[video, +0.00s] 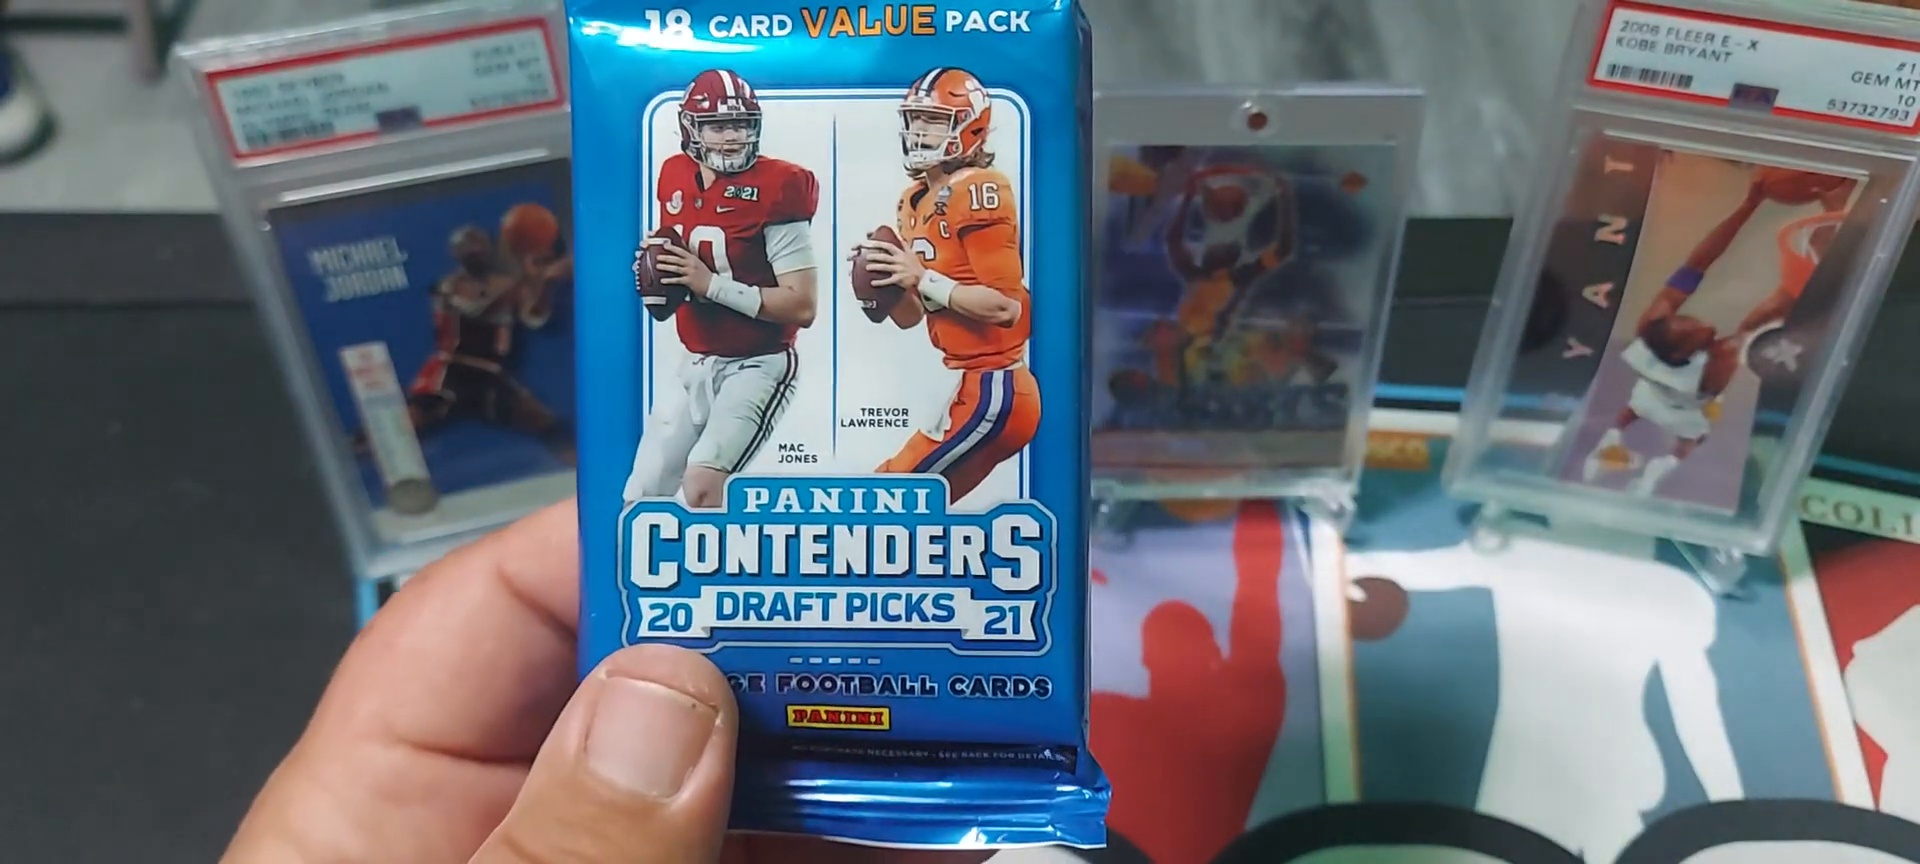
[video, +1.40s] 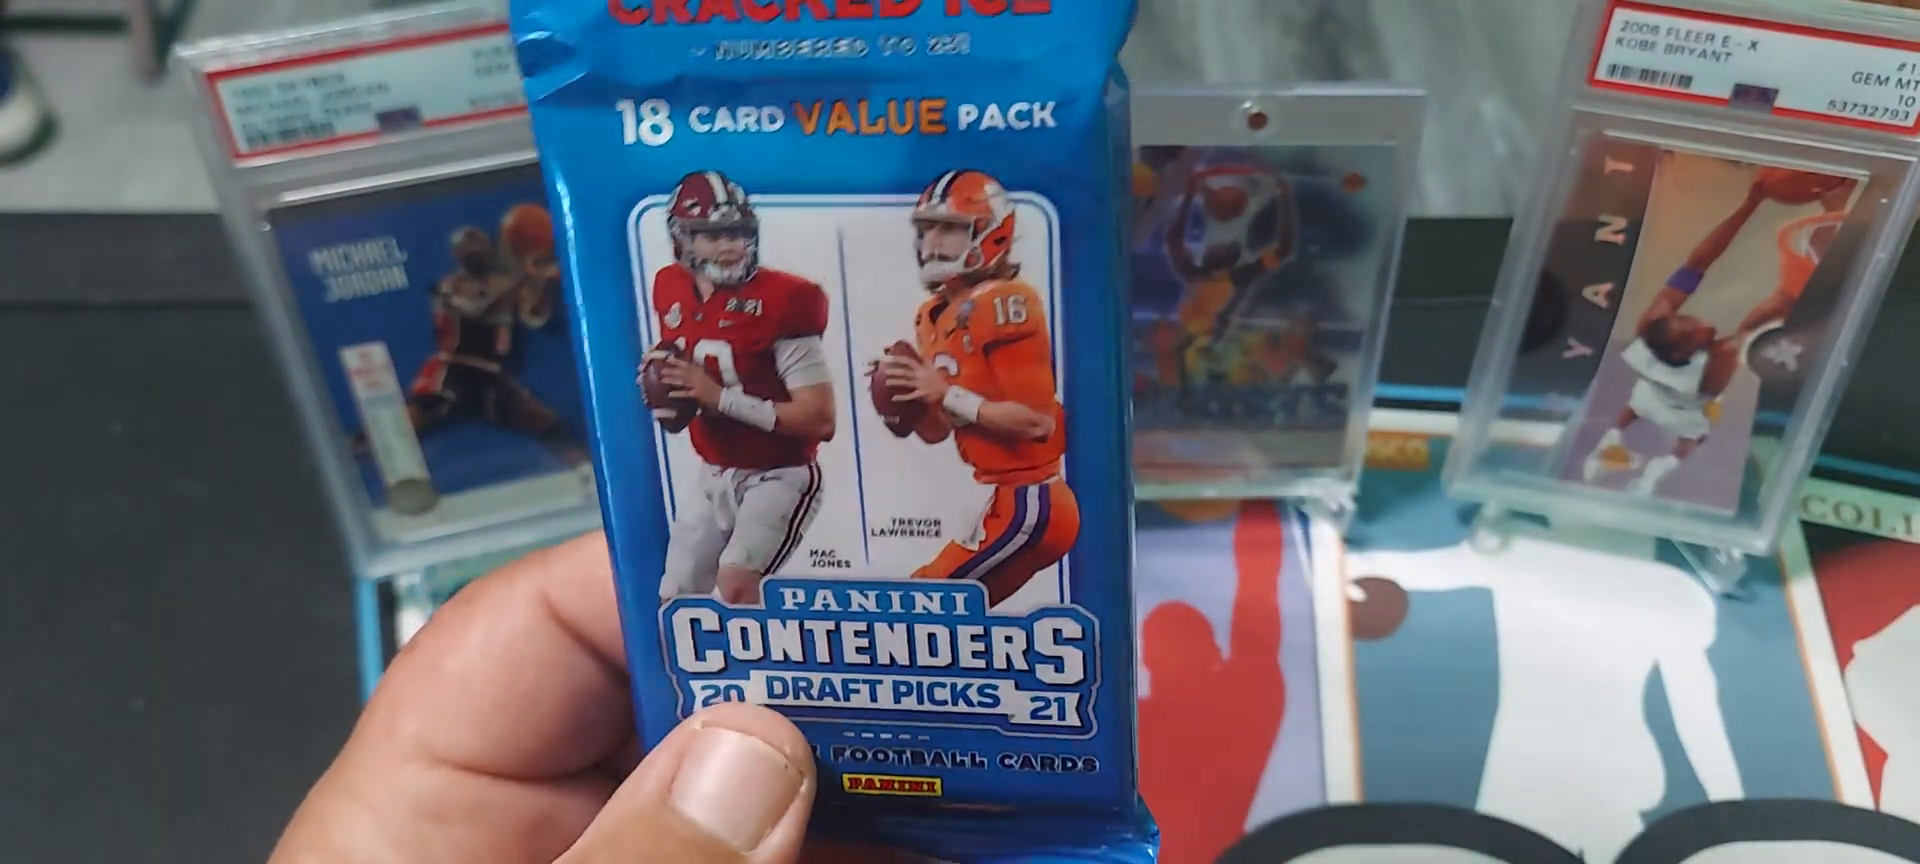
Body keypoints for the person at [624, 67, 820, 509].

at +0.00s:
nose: (732, 136)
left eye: (741, 124)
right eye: (718, 126)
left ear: (754, 127)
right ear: (692, 130)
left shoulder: (780, 186)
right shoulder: (674, 175)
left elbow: (803, 307)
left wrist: (711, 284)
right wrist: (654, 269)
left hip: (761, 364)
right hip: (695, 364)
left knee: (701, 488)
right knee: (641, 495)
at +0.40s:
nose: (761, 157)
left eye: (771, 145)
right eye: (747, 146)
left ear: (784, 147)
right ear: (720, 150)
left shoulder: (811, 207)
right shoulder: (702, 198)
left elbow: (835, 329)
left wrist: (740, 308)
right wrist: (684, 293)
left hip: (794, 390)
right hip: (727, 392)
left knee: (738, 510)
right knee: (675, 525)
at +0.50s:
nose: (745, 194)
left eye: (755, 180)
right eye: (731, 182)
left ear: (771, 181)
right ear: (703, 186)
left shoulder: (806, 246)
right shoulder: (689, 234)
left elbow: (833, 371)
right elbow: (685, 315)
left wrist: (732, 347)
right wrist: (674, 336)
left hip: (794, 432)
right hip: (723, 430)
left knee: (744, 547)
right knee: (681, 564)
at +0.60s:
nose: (714, 214)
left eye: (723, 201)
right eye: (699, 204)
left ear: (738, 204)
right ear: (670, 211)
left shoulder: (774, 266)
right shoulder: (658, 259)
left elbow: (811, 386)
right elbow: (667, 390)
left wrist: (709, 366)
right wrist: (647, 357)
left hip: (774, 445)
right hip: (707, 448)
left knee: (729, 559)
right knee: (670, 578)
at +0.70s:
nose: (728, 178)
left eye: (737, 165)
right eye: (713, 168)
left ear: (753, 166)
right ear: (687, 173)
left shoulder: (784, 228)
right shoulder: (675, 220)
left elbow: (816, 347)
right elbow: (678, 296)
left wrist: (720, 328)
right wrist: (660, 313)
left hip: (779, 409)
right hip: (712, 411)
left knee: (731, 528)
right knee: (669, 546)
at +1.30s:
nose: (759, 214)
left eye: (769, 202)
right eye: (745, 202)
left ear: (784, 203)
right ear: (716, 204)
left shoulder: (815, 266)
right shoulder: (700, 253)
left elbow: (841, 390)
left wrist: (742, 365)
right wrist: (682, 349)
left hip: (800, 450)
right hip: (729, 448)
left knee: (745, 571)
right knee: (686, 581)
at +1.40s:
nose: (728, 246)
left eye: (736, 233)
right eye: (713, 236)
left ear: (751, 235)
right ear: (684, 242)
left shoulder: (788, 298)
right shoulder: (671, 287)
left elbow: (819, 420)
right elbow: (676, 419)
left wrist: (719, 396)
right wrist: (657, 384)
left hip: (782, 476)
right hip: (711, 474)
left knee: (735, 585)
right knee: (675, 601)